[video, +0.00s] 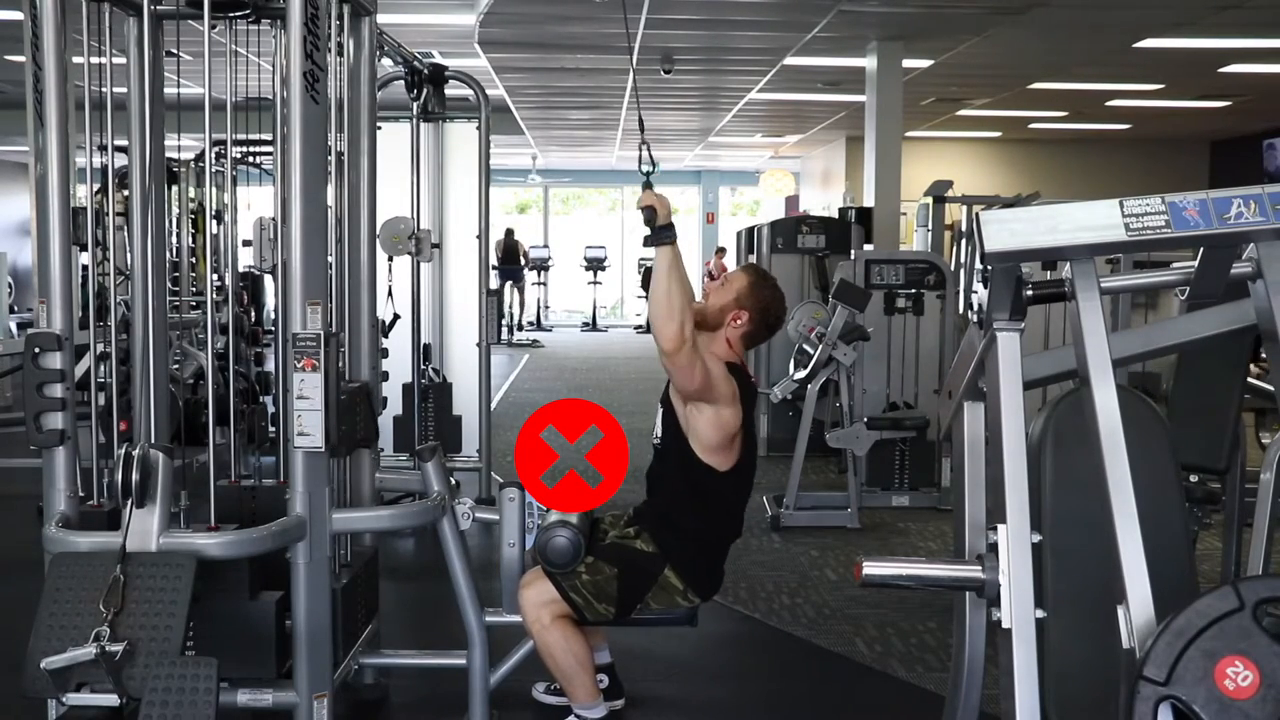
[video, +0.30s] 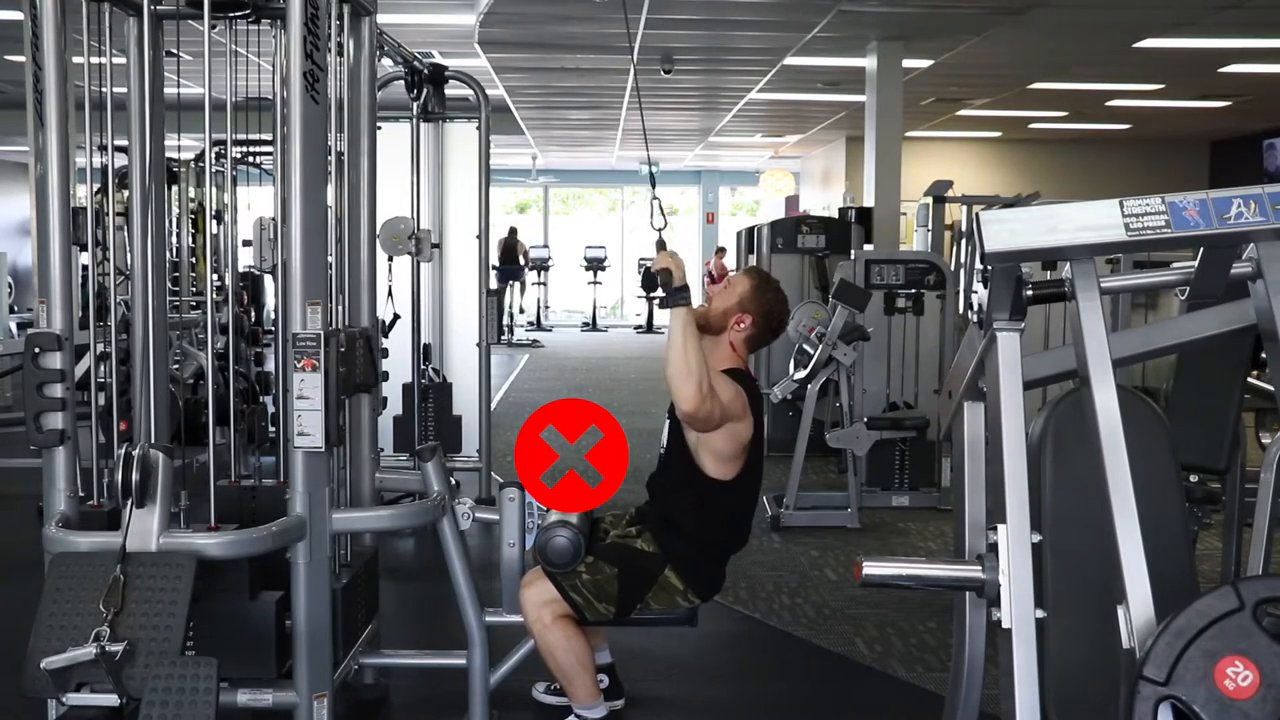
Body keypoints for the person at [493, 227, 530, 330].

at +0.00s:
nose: (509, 237)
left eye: (508, 235)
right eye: (510, 235)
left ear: (504, 235)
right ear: (513, 235)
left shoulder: (499, 243)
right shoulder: (518, 244)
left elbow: (498, 258)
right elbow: (527, 259)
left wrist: (500, 266)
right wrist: (524, 266)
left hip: (503, 271)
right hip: (516, 270)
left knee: (501, 288)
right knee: (521, 296)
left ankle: (501, 311)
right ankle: (520, 320)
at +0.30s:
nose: (512, 236)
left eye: (511, 234)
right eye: (514, 234)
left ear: (508, 233)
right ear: (516, 234)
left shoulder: (501, 242)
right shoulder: (520, 244)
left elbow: (499, 256)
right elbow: (527, 260)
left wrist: (502, 264)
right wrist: (525, 266)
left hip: (503, 270)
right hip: (516, 270)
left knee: (501, 291)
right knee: (522, 281)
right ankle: (521, 304)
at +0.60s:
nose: (511, 237)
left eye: (510, 234)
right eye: (512, 235)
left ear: (506, 234)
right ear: (516, 234)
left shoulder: (500, 243)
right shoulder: (520, 244)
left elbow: (498, 258)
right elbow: (530, 262)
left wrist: (501, 267)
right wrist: (526, 272)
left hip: (503, 270)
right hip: (517, 271)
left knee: (498, 289)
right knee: (521, 296)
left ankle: (498, 313)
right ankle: (521, 322)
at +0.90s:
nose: (513, 238)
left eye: (511, 235)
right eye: (514, 236)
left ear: (507, 235)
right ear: (516, 235)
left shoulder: (499, 243)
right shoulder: (521, 244)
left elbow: (499, 259)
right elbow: (528, 260)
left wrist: (501, 267)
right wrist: (527, 268)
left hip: (503, 271)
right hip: (517, 271)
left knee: (498, 283)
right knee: (521, 299)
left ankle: (499, 307)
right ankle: (520, 323)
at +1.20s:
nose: (516, 239)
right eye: (517, 237)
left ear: (510, 234)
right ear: (518, 235)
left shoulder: (501, 242)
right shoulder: (522, 243)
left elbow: (498, 258)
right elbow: (528, 260)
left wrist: (501, 266)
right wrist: (527, 268)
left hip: (503, 270)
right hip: (517, 270)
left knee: (500, 295)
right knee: (523, 289)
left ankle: (499, 321)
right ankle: (520, 307)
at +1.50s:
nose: (515, 239)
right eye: (516, 237)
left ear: (508, 235)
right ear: (516, 236)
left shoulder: (500, 243)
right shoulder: (520, 243)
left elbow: (493, 259)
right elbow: (529, 259)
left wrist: (496, 267)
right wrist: (528, 269)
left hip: (503, 270)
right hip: (517, 270)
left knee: (501, 294)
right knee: (522, 282)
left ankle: (499, 321)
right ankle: (521, 305)